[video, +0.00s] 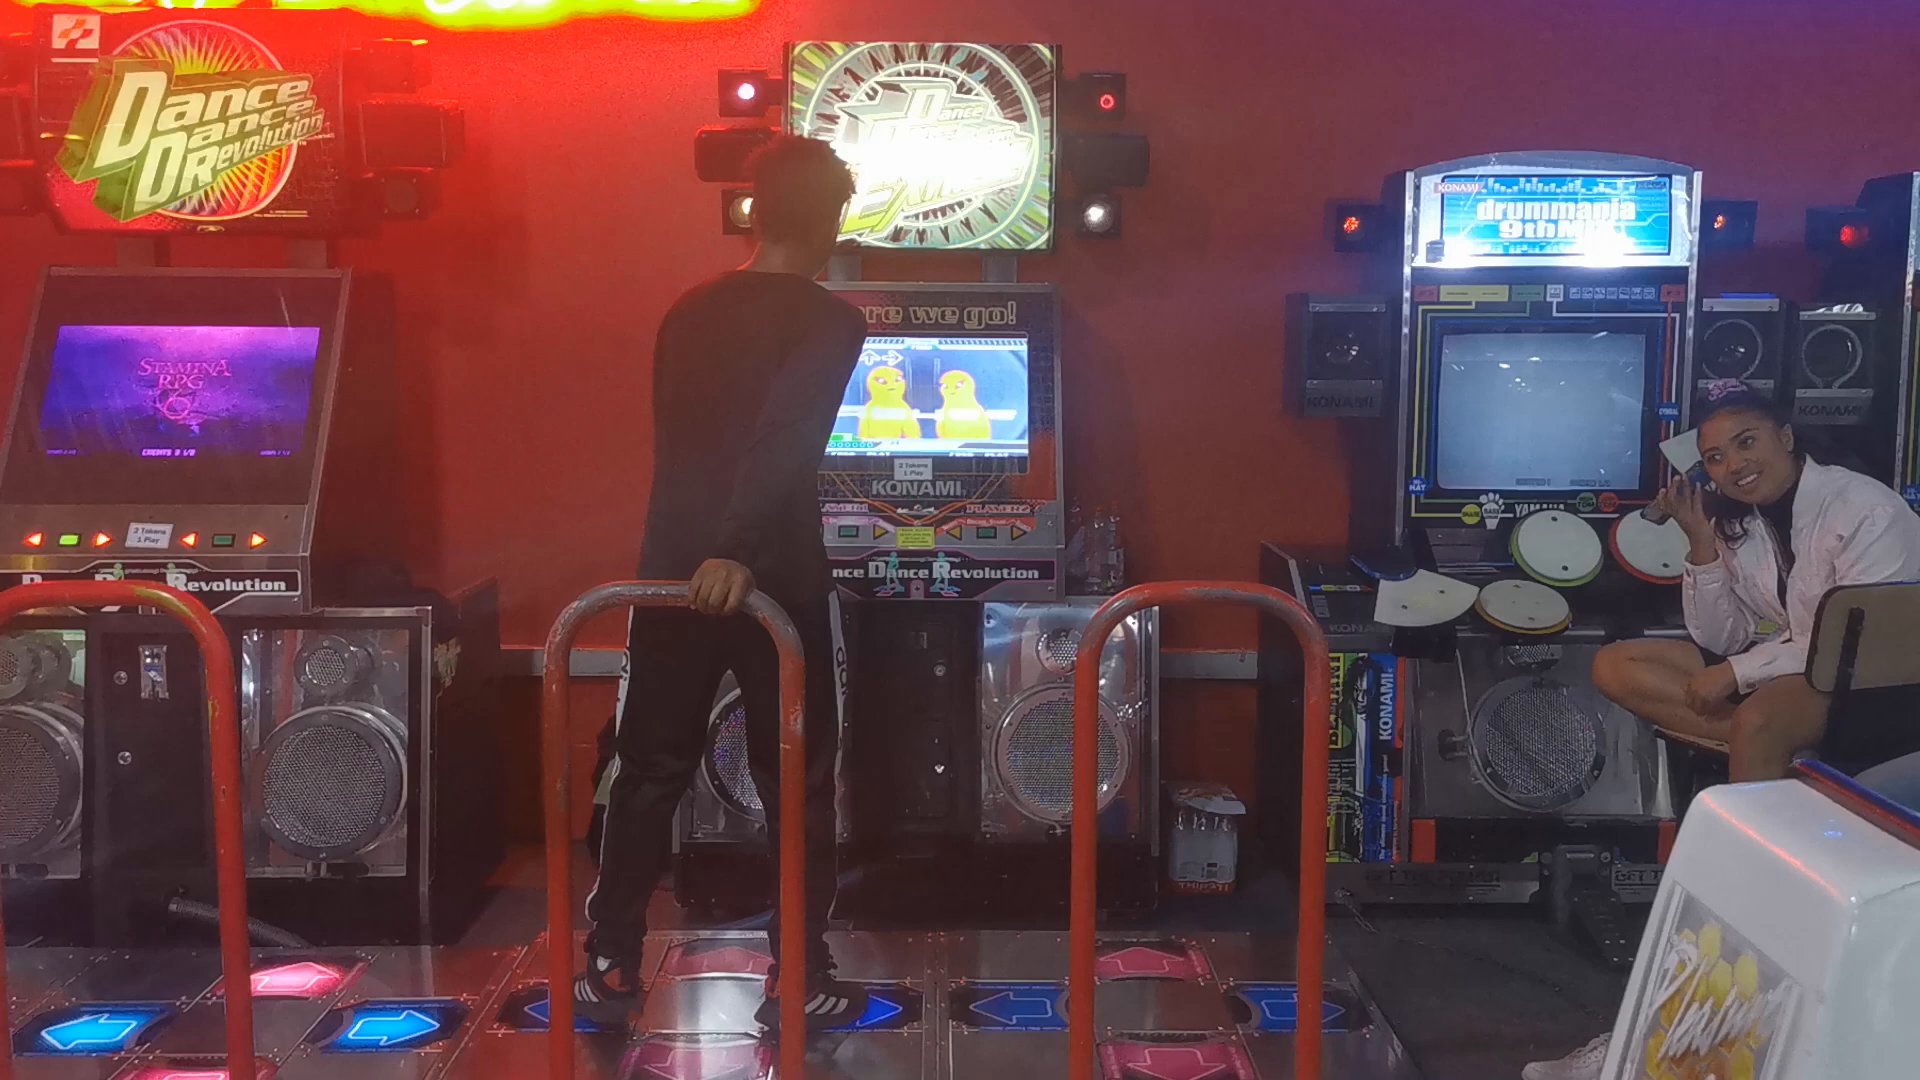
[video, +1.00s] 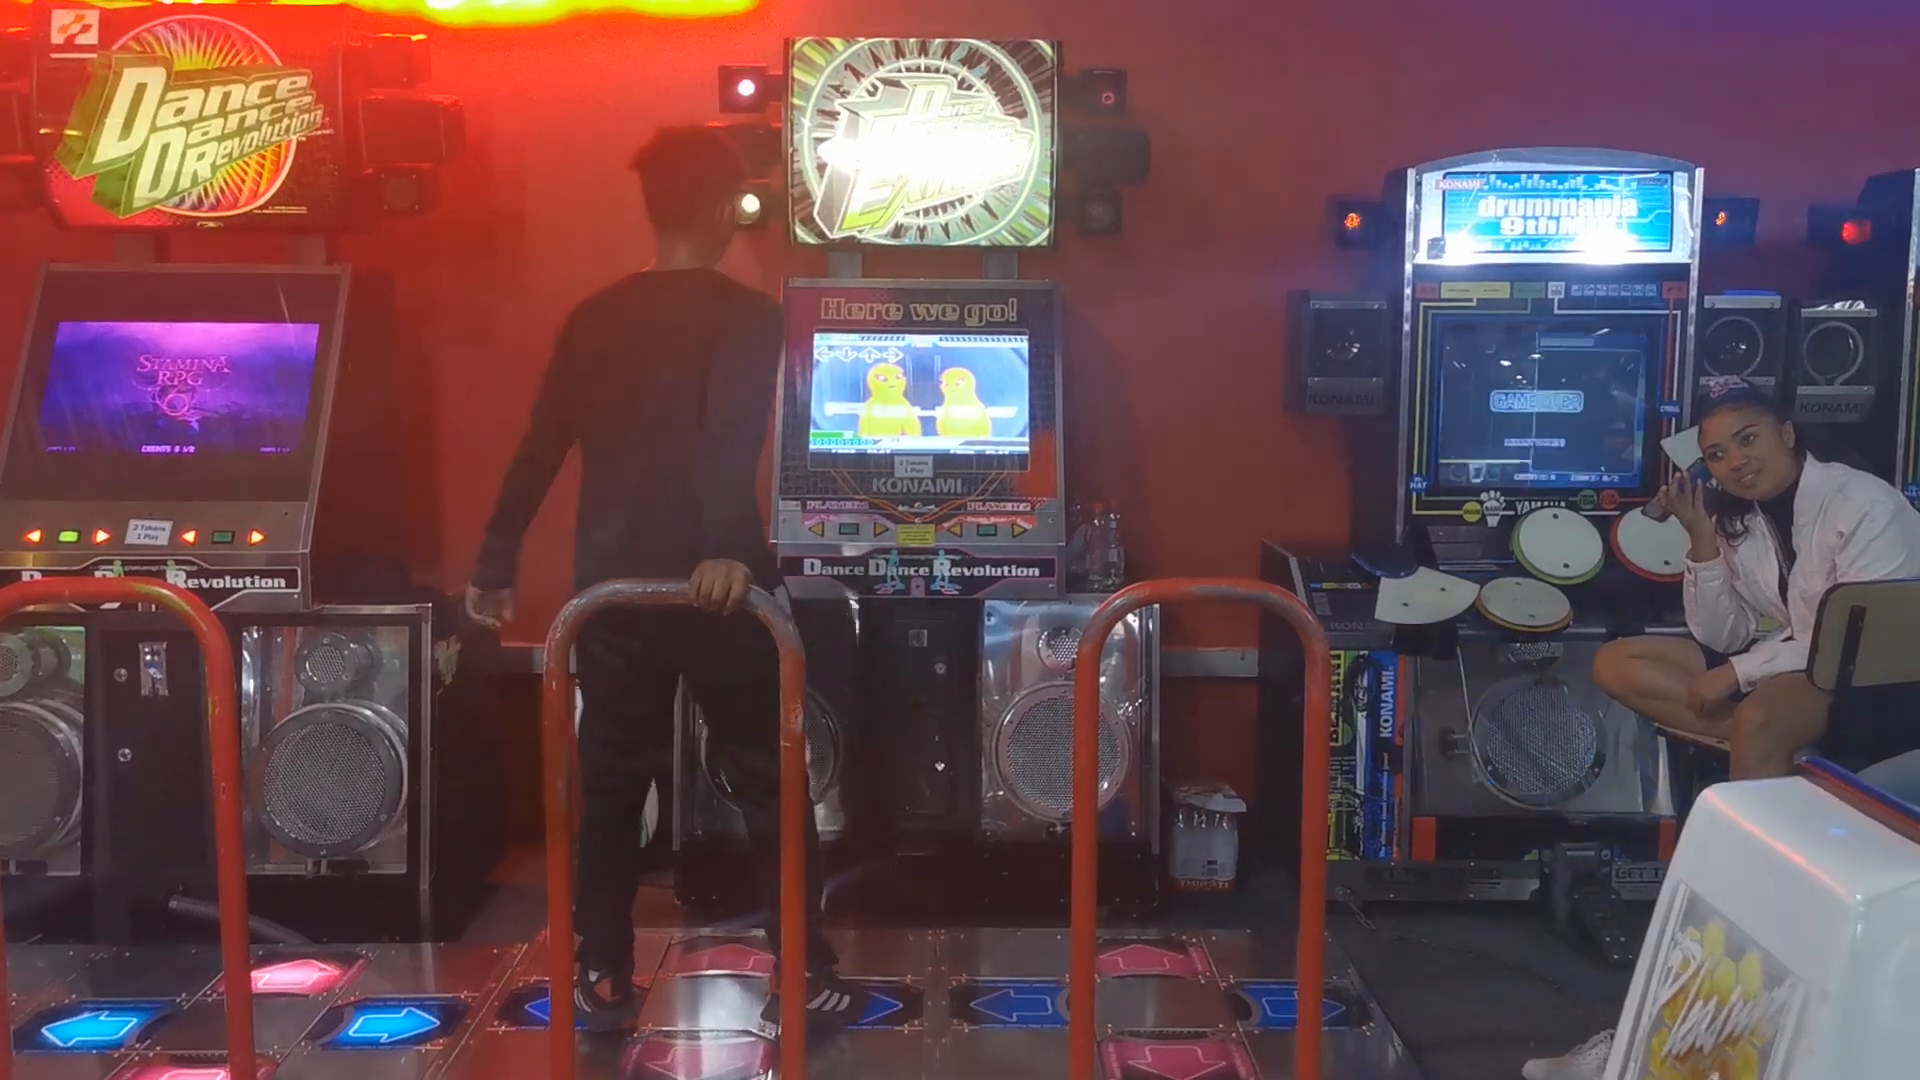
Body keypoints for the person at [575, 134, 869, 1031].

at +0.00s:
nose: (840, 233)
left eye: (836, 218)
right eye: (839, 219)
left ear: (755, 220)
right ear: (828, 226)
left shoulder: (686, 312)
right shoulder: (830, 319)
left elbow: (673, 442)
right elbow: (787, 437)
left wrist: (699, 545)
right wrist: (737, 547)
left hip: (676, 564)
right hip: (778, 575)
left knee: (650, 768)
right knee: (798, 782)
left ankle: (609, 967)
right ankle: (800, 983)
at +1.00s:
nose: (744, 220)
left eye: (740, 207)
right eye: (739, 207)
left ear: (653, 214)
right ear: (722, 213)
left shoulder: (596, 313)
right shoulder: (748, 312)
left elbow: (541, 445)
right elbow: (732, 430)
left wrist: (496, 562)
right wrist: (726, 540)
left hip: (612, 581)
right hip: (717, 581)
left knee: (611, 789)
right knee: (771, 773)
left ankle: (603, 985)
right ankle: (805, 977)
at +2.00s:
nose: (735, 215)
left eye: (730, 202)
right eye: (729, 202)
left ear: (641, 210)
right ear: (715, 211)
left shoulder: (589, 312)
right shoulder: (738, 306)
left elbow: (546, 454)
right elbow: (728, 428)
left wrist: (502, 575)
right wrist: (723, 539)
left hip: (609, 580)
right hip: (718, 578)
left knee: (605, 792)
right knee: (764, 777)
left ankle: (603, 985)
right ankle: (806, 973)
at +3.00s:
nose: (779, 226)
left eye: (775, 210)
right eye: (776, 210)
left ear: (683, 214)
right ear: (762, 217)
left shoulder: (616, 308)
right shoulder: (771, 317)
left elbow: (581, 447)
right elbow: (744, 431)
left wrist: (605, 543)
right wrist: (725, 534)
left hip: (616, 575)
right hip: (724, 578)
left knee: (611, 780)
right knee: (761, 771)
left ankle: (601, 976)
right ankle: (805, 973)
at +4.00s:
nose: (808, 229)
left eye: (802, 214)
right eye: (805, 215)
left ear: (723, 216)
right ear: (793, 220)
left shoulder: (652, 313)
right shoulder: (799, 314)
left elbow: (630, 453)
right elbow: (765, 428)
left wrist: (701, 512)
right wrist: (729, 545)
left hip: (651, 565)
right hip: (755, 569)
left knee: (630, 774)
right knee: (807, 763)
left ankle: (607, 979)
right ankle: (813, 969)